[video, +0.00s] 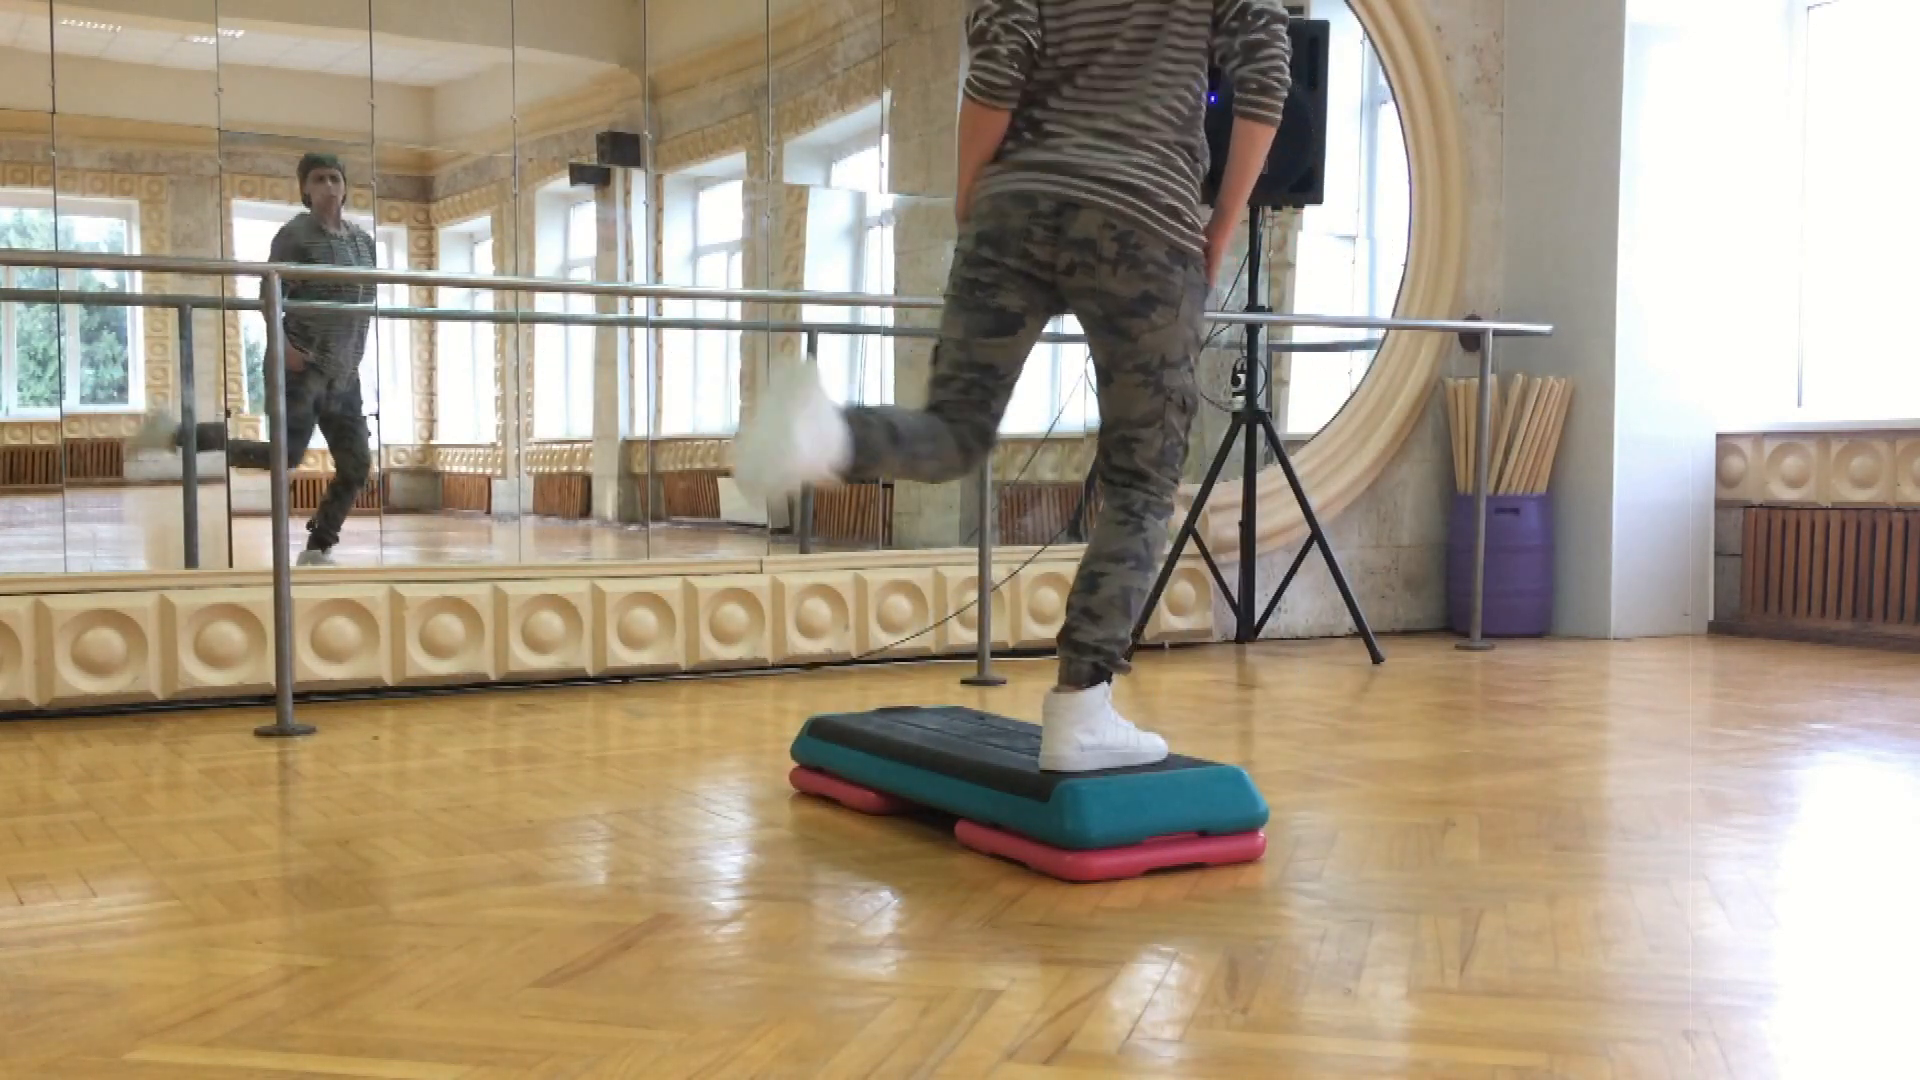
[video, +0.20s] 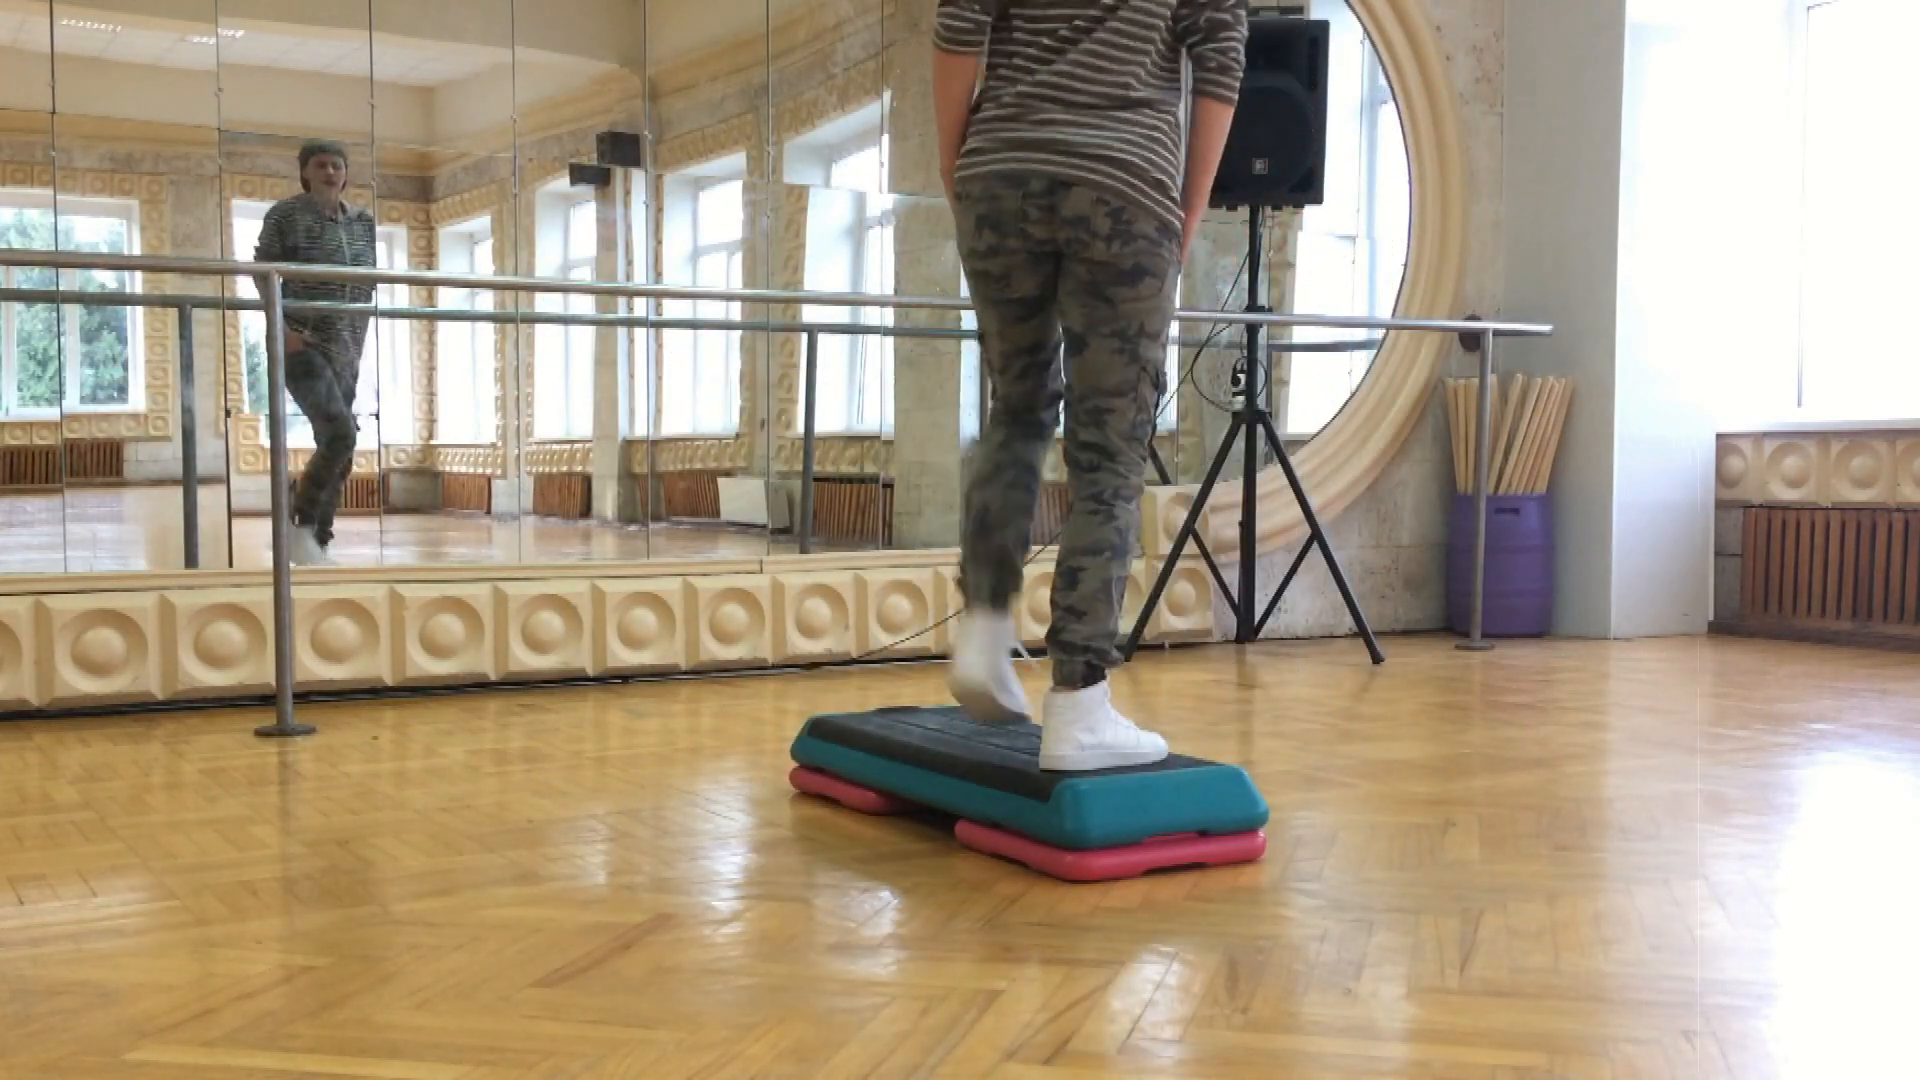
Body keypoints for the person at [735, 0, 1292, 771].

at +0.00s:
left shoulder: (1024, 1)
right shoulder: (1235, 5)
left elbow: (996, 69)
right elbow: (1264, 86)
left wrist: (970, 207)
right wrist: (1221, 232)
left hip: (1017, 191)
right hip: (1146, 214)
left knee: (955, 429)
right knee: (1139, 483)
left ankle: (825, 435)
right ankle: (1079, 712)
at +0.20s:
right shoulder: (1210, 5)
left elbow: (959, 28)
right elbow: (1219, 68)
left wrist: (955, 169)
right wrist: (1187, 216)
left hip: (994, 165)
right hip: (1127, 177)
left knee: (1015, 409)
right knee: (1108, 449)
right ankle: (1078, 706)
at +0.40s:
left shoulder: (965, 3)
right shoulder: (1169, 3)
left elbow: (950, 80)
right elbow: (1220, 74)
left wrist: (935, 217)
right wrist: (1196, 233)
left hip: (982, 214)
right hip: (1109, 216)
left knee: (1012, 456)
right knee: (1120, 465)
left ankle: (1009, 704)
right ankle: (1077, 704)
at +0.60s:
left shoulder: (945, 2)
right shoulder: (1154, 5)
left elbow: (919, 81)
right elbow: (1183, 95)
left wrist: (918, 218)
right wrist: (1158, 236)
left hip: (966, 221)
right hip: (1091, 225)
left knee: (1006, 460)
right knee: (1103, 460)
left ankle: (1010, 703)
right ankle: (1067, 689)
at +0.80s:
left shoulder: (946, 3)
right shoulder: (1146, 3)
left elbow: (934, 92)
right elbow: (1181, 97)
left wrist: (921, 226)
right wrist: (1166, 238)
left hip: (964, 229)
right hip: (1086, 232)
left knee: (1007, 454)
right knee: (1084, 467)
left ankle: (1007, 689)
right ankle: (1060, 707)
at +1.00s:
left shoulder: (930, 1)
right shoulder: (1142, 6)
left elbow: (903, 74)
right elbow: (1153, 97)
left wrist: (911, 204)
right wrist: (1141, 224)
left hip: (955, 199)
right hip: (1079, 200)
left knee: (984, 426)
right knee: (1072, 453)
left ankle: (956, 649)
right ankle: (1058, 702)